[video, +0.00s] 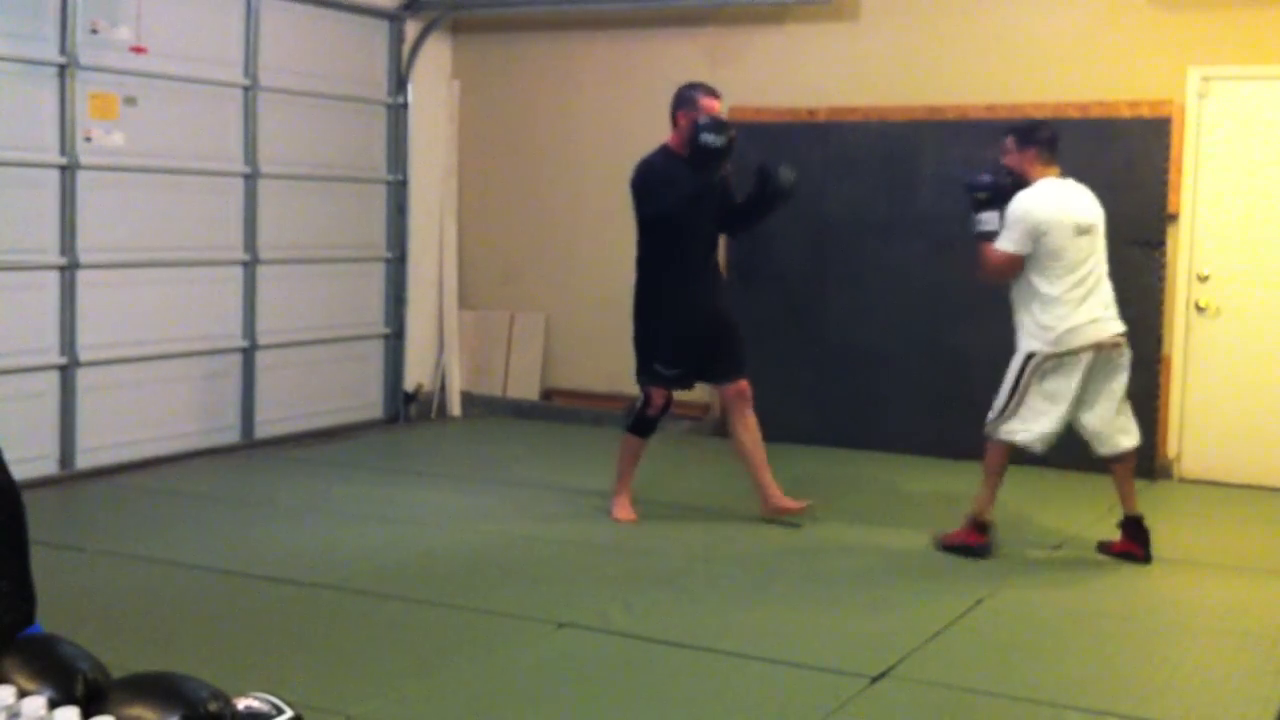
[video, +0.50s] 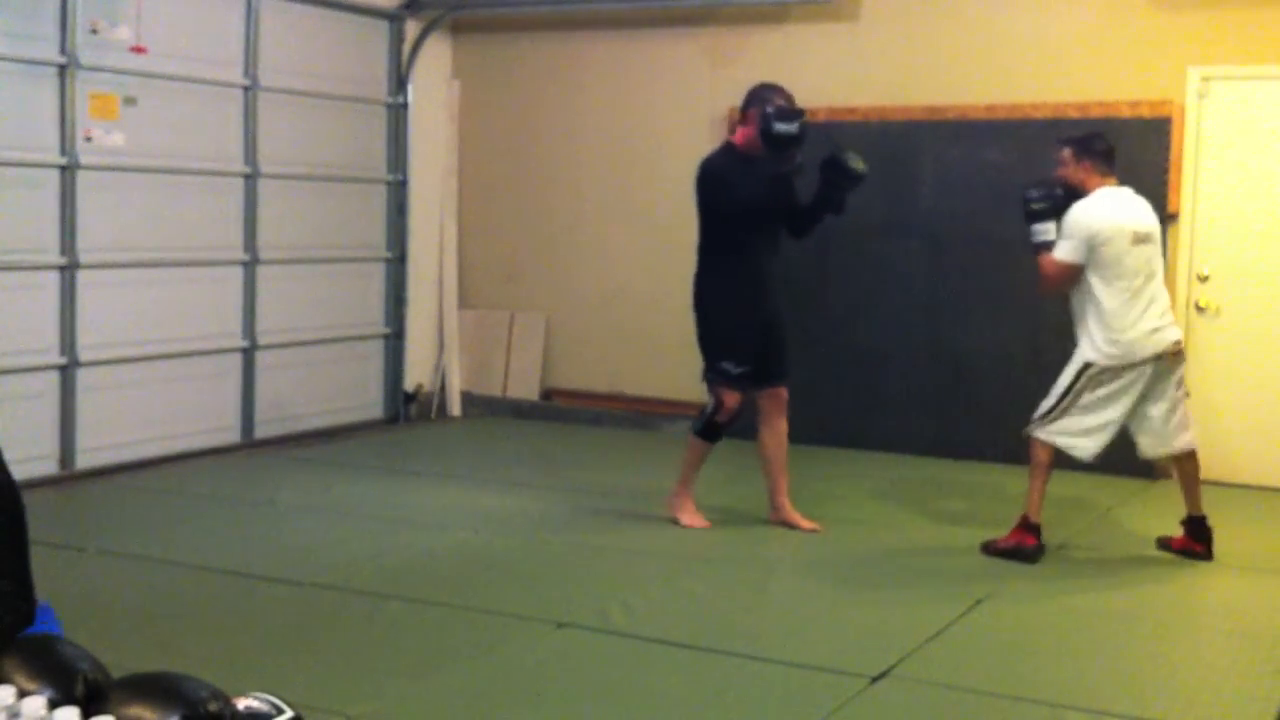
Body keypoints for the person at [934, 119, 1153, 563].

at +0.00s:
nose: (1004, 162)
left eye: (1008, 153)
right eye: (1005, 154)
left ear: (1027, 154)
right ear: (1049, 153)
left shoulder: (1029, 205)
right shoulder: (1086, 196)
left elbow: (996, 268)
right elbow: (1062, 249)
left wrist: (987, 219)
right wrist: (1016, 199)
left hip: (1054, 341)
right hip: (1107, 333)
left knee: (1003, 429)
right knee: (1113, 428)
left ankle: (978, 526)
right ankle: (1134, 529)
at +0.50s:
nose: (1059, 173)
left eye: (1062, 164)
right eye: (1059, 164)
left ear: (1080, 164)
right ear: (1106, 163)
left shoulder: (1084, 214)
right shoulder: (1143, 206)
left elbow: (1053, 278)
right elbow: (1122, 263)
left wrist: (1043, 229)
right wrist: (1069, 216)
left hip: (1111, 349)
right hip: (1165, 341)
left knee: (1043, 431)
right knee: (1179, 439)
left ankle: (1028, 530)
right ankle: (1197, 530)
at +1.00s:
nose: (1017, 193)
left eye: (1020, 186)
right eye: (1019, 186)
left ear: (1033, 185)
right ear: (1062, 187)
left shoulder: (1012, 219)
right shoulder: (1101, 232)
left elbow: (942, 226)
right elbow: (1102, 291)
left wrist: (900, 206)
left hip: (1055, 355)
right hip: (1114, 356)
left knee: (985, 429)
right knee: (1132, 418)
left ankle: (964, 528)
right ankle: (1159, 490)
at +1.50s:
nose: (1032, 174)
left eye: (1034, 166)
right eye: (1032, 166)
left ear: (1049, 165)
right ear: (1072, 162)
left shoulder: (1046, 212)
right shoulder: (1115, 204)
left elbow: (1004, 268)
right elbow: (1084, 249)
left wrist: (997, 225)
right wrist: (1036, 208)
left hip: (1074, 338)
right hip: (1124, 338)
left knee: (1029, 428)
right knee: (1122, 426)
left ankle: (1025, 523)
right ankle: (1151, 499)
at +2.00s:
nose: (1040, 187)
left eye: (1043, 178)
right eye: (1039, 179)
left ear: (1064, 176)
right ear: (1079, 175)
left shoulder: (1070, 219)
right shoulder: (1113, 212)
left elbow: (1027, 270)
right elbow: (1068, 265)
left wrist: (1012, 230)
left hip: (1088, 348)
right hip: (1130, 344)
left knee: (1021, 424)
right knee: (1138, 438)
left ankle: (1011, 522)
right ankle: (1163, 517)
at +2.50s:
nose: (1000, 184)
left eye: (1005, 176)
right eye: (1001, 176)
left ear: (1026, 176)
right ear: (1041, 176)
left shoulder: (1021, 221)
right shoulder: (1071, 215)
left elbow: (1006, 286)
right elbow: (1048, 268)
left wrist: (980, 250)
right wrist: (1005, 222)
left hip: (1039, 341)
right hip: (1082, 337)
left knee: (971, 417)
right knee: (1092, 431)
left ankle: (964, 512)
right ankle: (1115, 513)